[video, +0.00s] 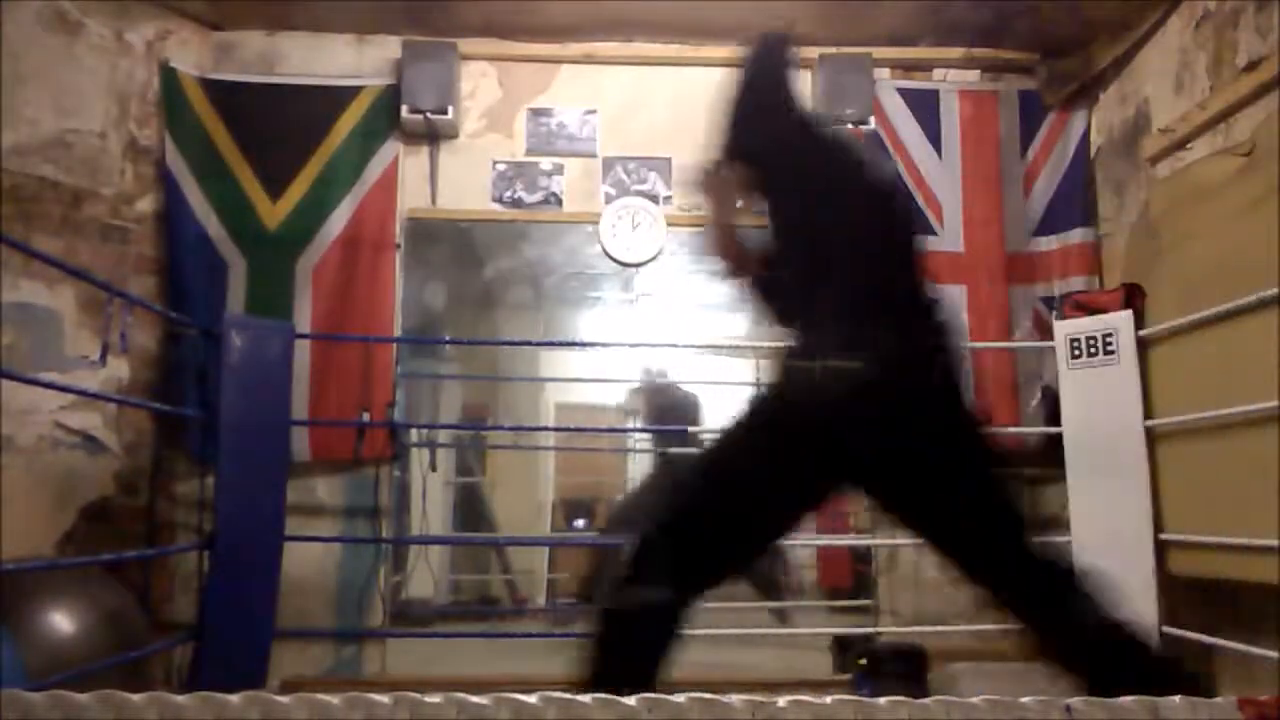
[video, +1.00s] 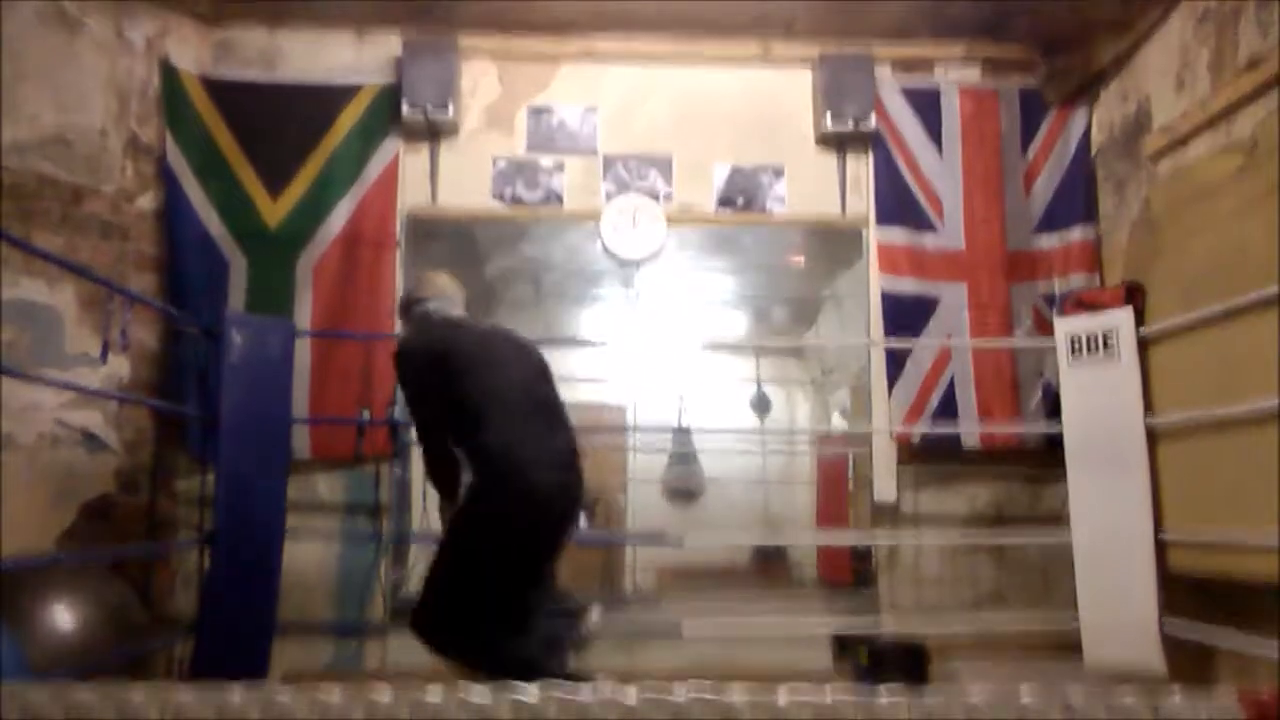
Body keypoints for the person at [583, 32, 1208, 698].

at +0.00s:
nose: (748, 156)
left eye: (753, 143)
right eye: (750, 144)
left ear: (767, 129)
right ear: (810, 118)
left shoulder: (805, 161)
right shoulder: (865, 190)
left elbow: (759, 122)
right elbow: (813, 301)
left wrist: (772, 40)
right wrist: (741, 258)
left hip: (824, 402)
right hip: (912, 400)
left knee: (672, 551)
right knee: (1012, 567)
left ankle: (608, 705)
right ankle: (1157, 691)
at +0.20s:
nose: (544, 215)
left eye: (545, 203)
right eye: (543, 204)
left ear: (556, 195)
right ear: (596, 187)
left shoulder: (577, 226)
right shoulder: (661, 237)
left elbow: (535, 317)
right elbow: (690, 369)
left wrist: (467, 407)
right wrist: (606, 406)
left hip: (648, 449)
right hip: (736, 450)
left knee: (525, 615)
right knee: (695, 647)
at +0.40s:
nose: (436, 251)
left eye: (434, 239)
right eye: (434, 240)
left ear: (440, 229)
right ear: (498, 213)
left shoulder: (465, 261)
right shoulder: (572, 257)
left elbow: (449, 401)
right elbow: (645, 377)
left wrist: (415, 351)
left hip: (551, 430)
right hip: (631, 429)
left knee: (470, 584)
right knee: (539, 593)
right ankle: (527, 710)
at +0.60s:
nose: (453, 170)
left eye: (454, 161)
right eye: (456, 161)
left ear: (462, 154)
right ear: (509, 150)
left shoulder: (456, 184)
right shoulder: (572, 197)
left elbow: (403, 269)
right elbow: (657, 274)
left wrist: (379, 331)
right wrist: (617, 347)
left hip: (513, 371)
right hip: (581, 371)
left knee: (491, 528)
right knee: (542, 519)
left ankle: (505, 685)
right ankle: (532, 677)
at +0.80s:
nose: (451, 249)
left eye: (450, 240)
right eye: (455, 239)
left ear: (453, 240)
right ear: (497, 234)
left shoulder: (450, 280)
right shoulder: (546, 283)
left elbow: (405, 375)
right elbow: (630, 343)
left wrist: (414, 405)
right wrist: (595, 396)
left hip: (500, 454)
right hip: (560, 454)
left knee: (428, 612)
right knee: (523, 586)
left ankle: (580, 683)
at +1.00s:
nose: (406, 329)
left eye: (406, 320)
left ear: (409, 315)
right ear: (459, 309)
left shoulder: (417, 347)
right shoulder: (509, 342)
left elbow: (437, 445)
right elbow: (551, 424)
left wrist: (451, 505)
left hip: (505, 490)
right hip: (562, 487)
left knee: (436, 618)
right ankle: (565, 620)